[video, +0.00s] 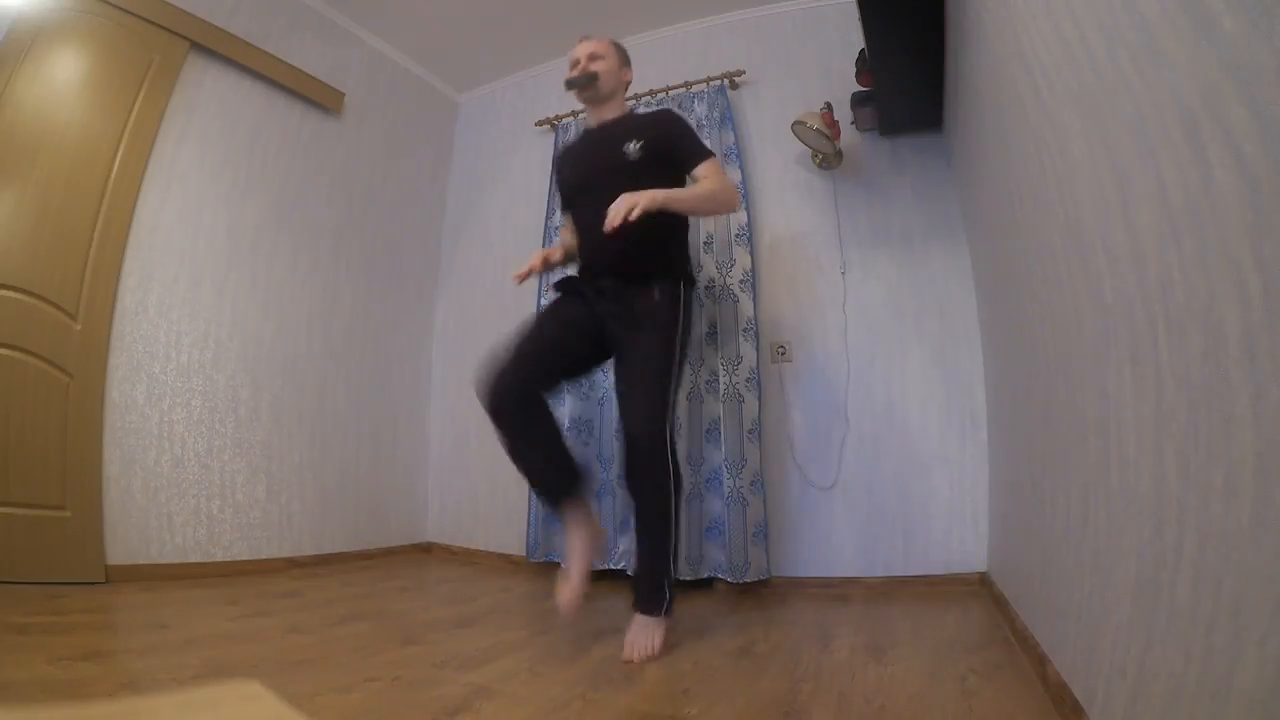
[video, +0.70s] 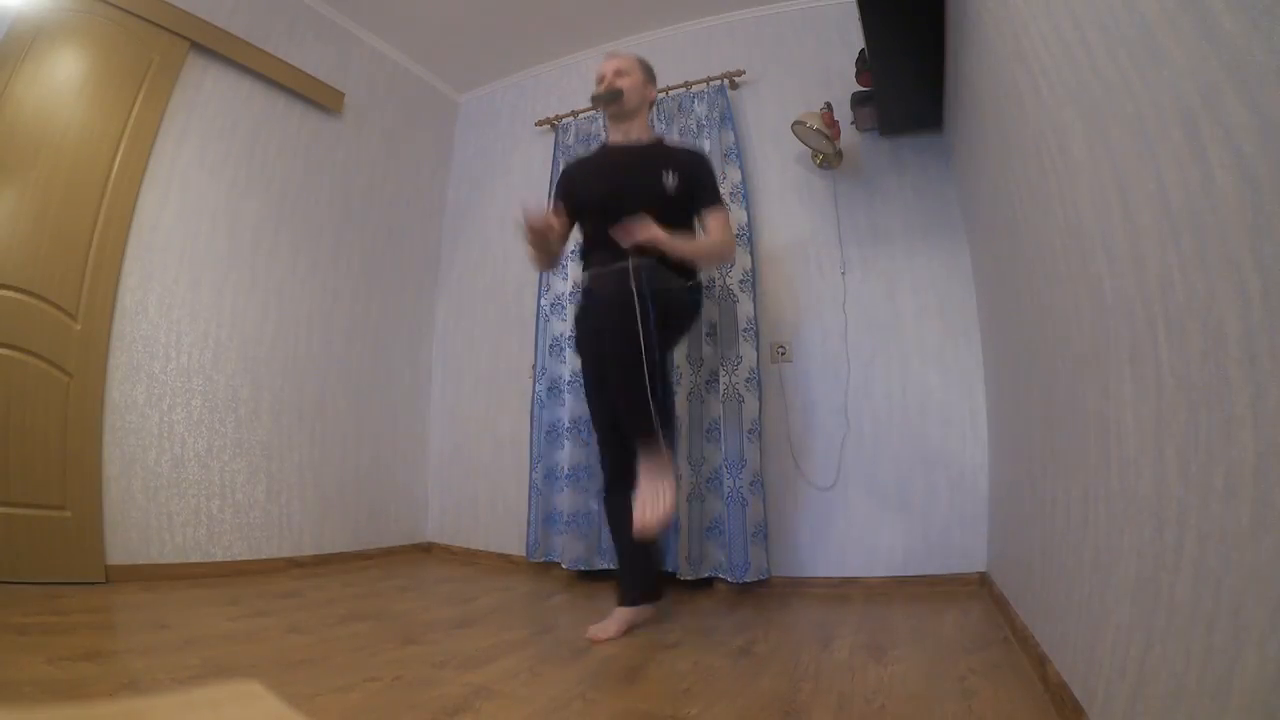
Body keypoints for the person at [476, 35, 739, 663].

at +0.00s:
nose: (581, 63)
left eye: (596, 55)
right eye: (574, 60)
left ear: (627, 76)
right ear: (569, 85)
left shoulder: (662, 126)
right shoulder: (569, 156)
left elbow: (725, 195)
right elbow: (577, 232)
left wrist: (657, 197)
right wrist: (554, 253)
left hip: (655, 300)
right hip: (589, 300)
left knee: (644, 442)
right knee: (507, 389)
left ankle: (651, 604)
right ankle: (577, 513)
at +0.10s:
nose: (592, 73)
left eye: (605, 62)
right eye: (582, 68)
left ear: (635, 78)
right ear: (575, 88)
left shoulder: (670, 146)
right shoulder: (561, 157)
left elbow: (714, 221)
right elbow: (544, 224)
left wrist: (657, 223)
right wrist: (540, 243)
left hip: (651, 281)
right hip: (583, 293)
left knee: (626, 326)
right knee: (590, 439)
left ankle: (644, 508)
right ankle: (609, 592)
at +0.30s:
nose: (586, 68)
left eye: (600, 59)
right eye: (579, 64)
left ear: (631, 78)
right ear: (575, 86)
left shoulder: (668, 131)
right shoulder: (568, 153)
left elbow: (725, 198)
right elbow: (549, 237)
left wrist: (670, 217)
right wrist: (540, 223)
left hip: (663, 274)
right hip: (599, 284)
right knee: (553, 409)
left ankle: (646, 521)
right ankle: (589, 561)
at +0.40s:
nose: (589, 73)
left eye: (605, 66)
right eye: (583, 69)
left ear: (634, 87)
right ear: (579, 96)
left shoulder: (662, 139)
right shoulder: (587, 168)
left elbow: (720, 206)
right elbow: (598, 255)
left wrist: (636, 207)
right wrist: (552, 260)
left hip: (661, 302)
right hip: (603, 301)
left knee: (655, 446)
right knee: (502, 311)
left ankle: (669, 600)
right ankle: (564, 452)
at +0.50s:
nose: (601, 90)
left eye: (616, 81)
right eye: (594, 86)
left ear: (647, 101)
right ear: (588, 110)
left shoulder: (665, 149)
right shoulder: (596, 180)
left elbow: (690, 203)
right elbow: (611, 270)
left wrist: (590, 161)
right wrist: (566, 266)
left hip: (663, 325)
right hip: (607, 315)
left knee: (663, 465)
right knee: (501, 304)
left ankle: (674, 604)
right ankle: (556, 444)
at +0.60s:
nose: (609, 65)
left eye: (623, 59)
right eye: (601, 62)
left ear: (650, 82)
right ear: (594, 87)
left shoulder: (677, 135)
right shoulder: (586, 150)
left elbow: (710, 207)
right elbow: (588, 223)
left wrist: (621, 165)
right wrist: (574, 248)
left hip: (663, 290)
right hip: (600, 293)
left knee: (641, 410)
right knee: (547, 412)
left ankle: (667, 572)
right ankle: (596, 551)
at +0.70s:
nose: (610, 83)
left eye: (623, 74)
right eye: (602, 79)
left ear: (651, 93)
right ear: (594, 100)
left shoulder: (685, 162)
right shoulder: (580, 172)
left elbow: (721, 246)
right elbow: (547, 258)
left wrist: (666, 242)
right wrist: (539, 233)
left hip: (671, 297)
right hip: (602, 307)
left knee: (621, 284)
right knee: (617, 444)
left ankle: (653, 449)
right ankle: (637, 591)